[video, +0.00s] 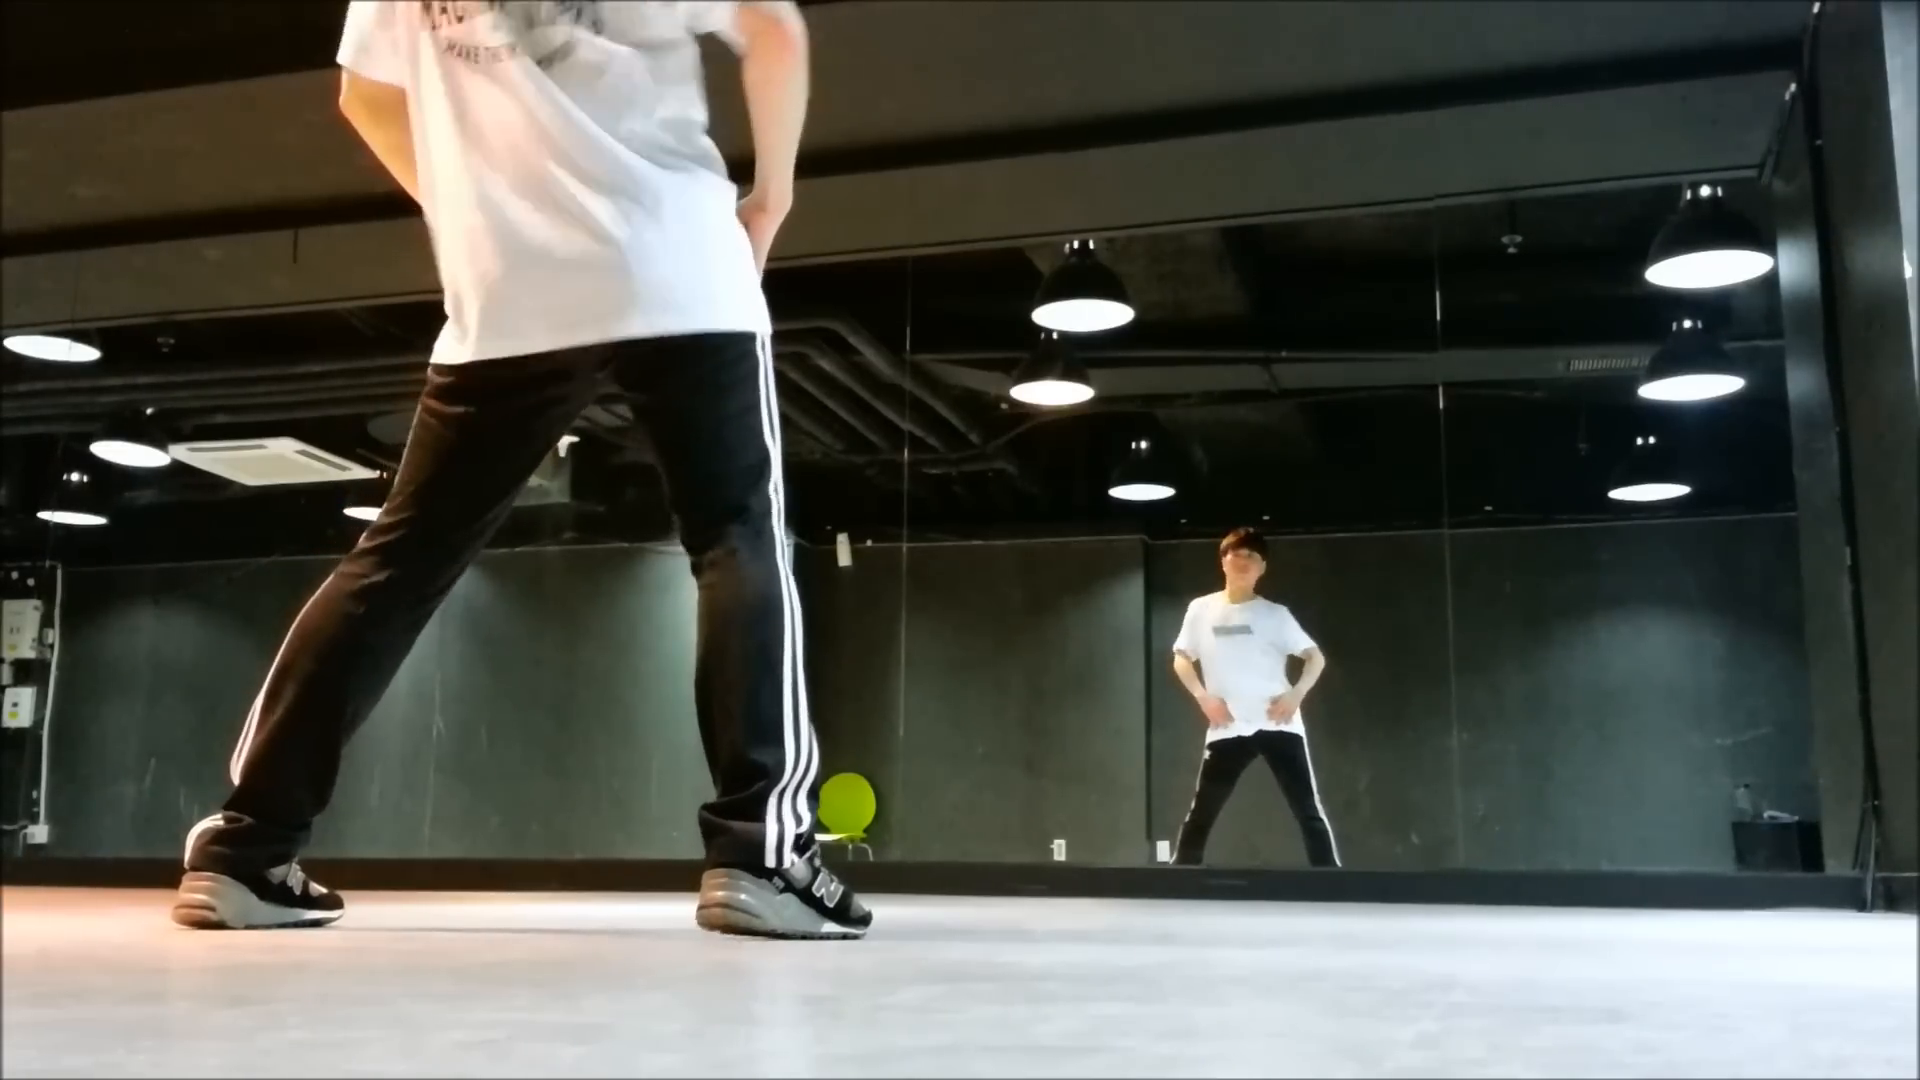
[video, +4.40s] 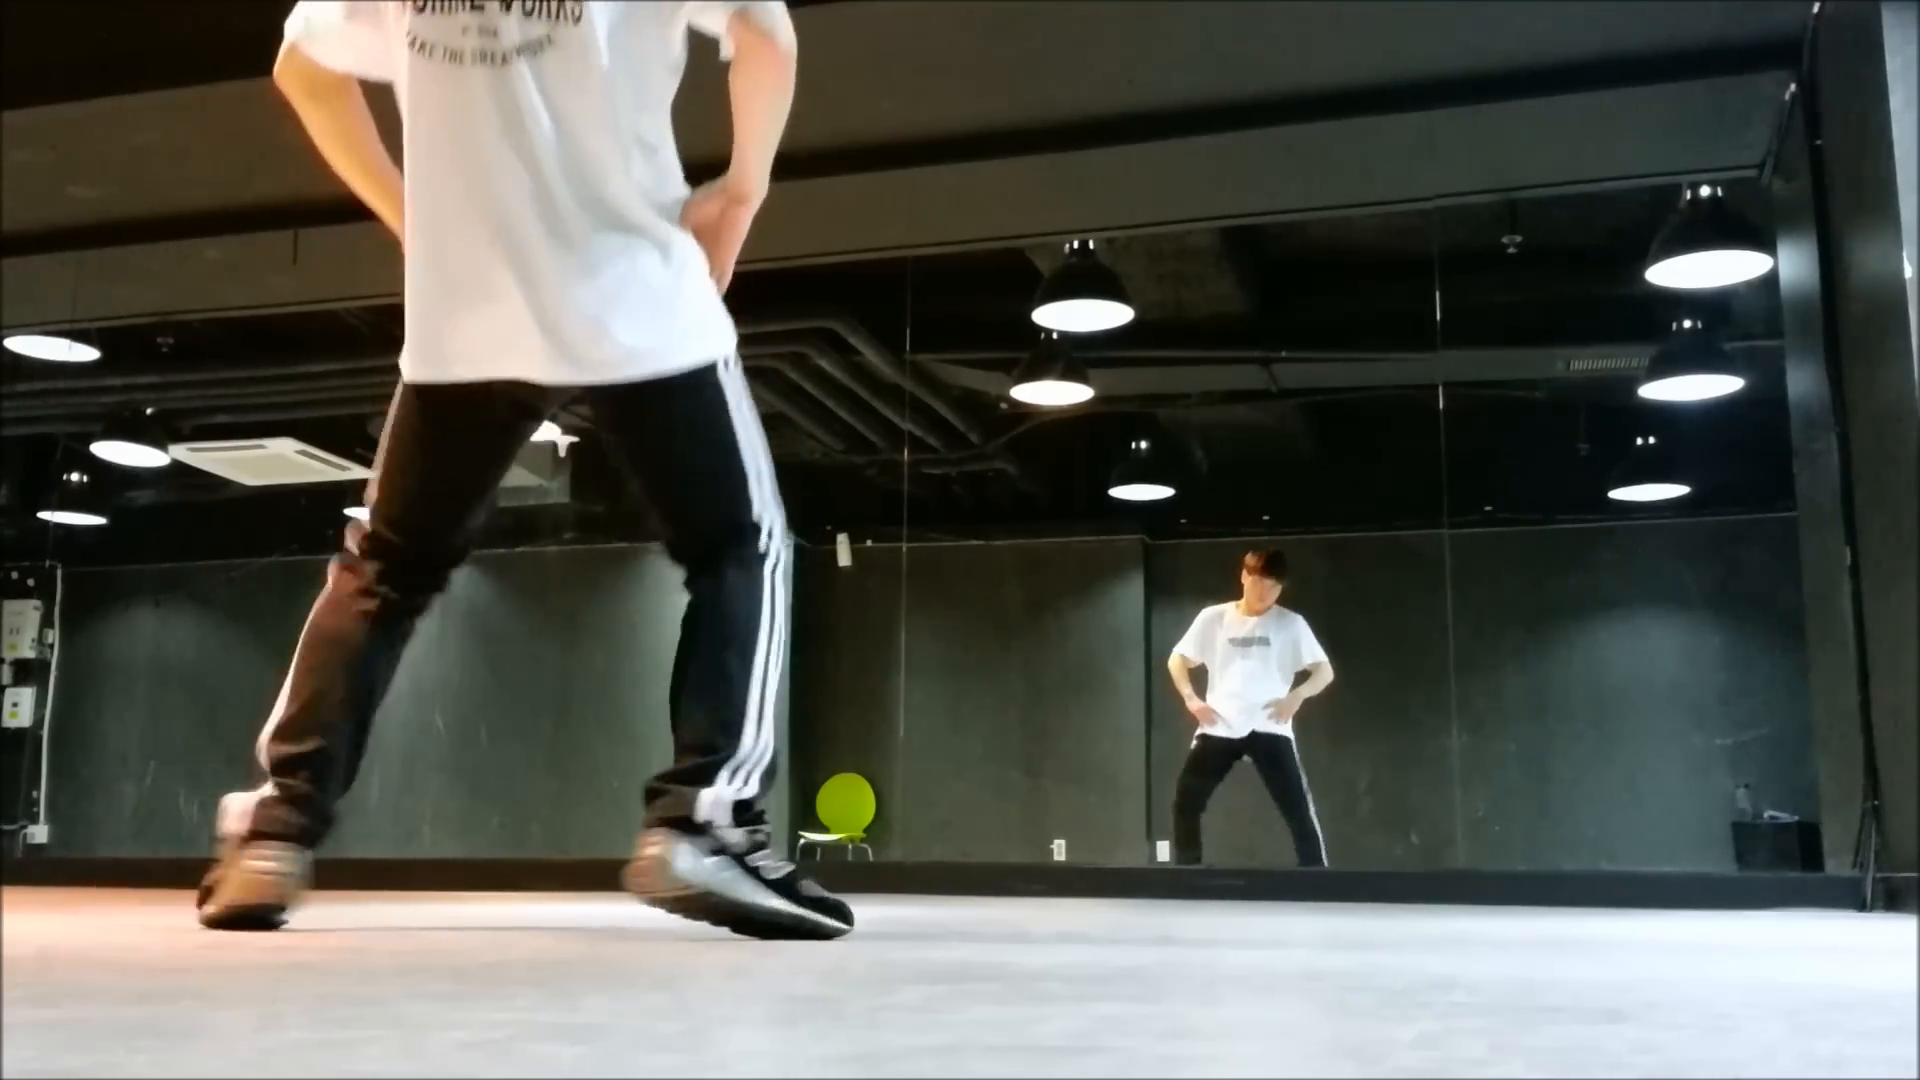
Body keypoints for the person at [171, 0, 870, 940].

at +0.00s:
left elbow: (368, 92)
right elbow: (772, 25)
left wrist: (472, 210)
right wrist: (773, 183)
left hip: (505, 264)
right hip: (679, 254)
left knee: (397, 558)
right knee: (739, 545)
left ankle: (243, 844)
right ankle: (763, 851)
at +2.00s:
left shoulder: (462, 11)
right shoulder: (695, 4)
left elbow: (368, 121)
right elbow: (801, 48)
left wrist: (460, 261)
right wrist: (774, 238)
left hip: (486, 308)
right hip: (647, 305)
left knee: (436, 618)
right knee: (717, 605)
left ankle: (197, 836)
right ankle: (815, 855)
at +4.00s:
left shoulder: (404, 1)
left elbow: (304, 98)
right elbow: (784, 24)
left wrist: (399, 259)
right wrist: (746, 214)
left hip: (447, 289)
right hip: (615, 287)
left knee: (397, 613)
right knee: (697, 591)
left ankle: (146, 842)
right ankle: (777, 860)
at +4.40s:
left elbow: (306, 68)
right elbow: (764, 35)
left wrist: (409, 218)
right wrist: (743, 185)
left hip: (464, 290)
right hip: (632, 291)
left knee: (383, 565)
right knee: (741, 548)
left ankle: (275, 833)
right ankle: (706, 825)